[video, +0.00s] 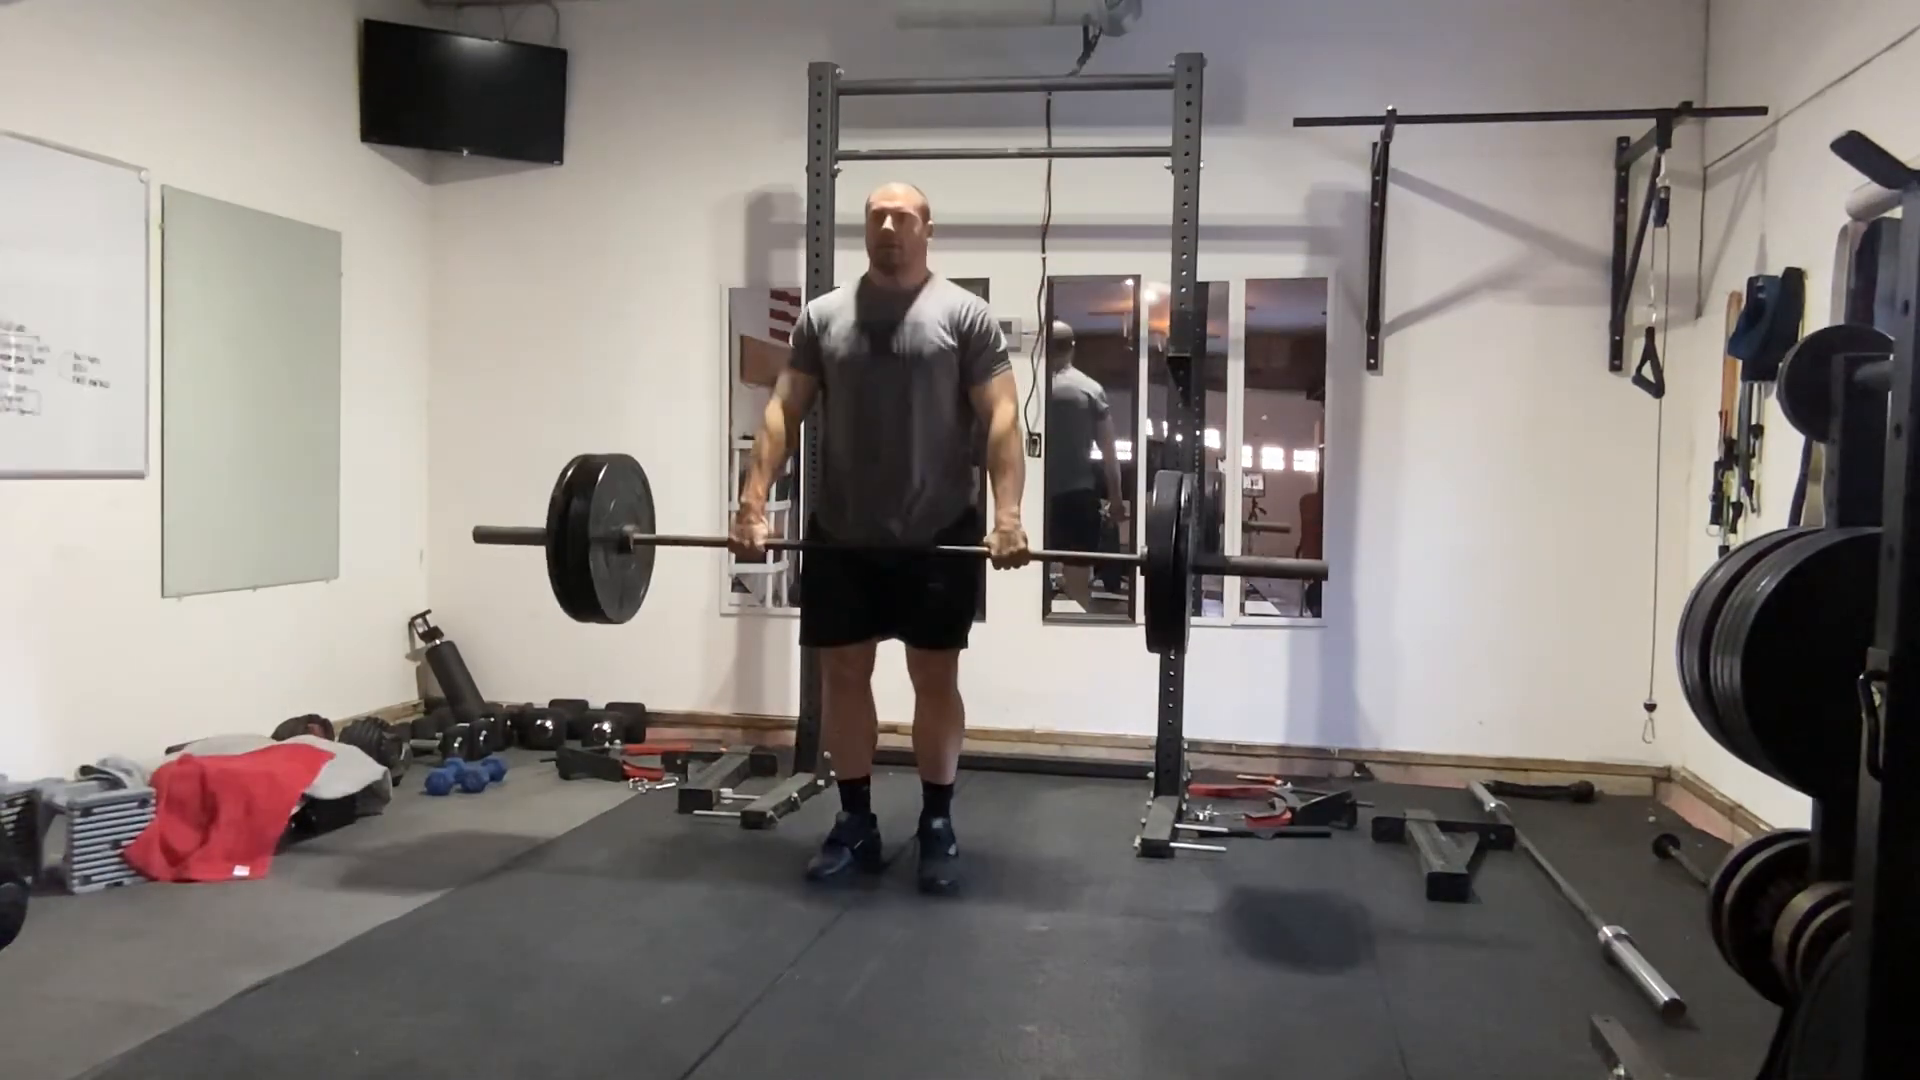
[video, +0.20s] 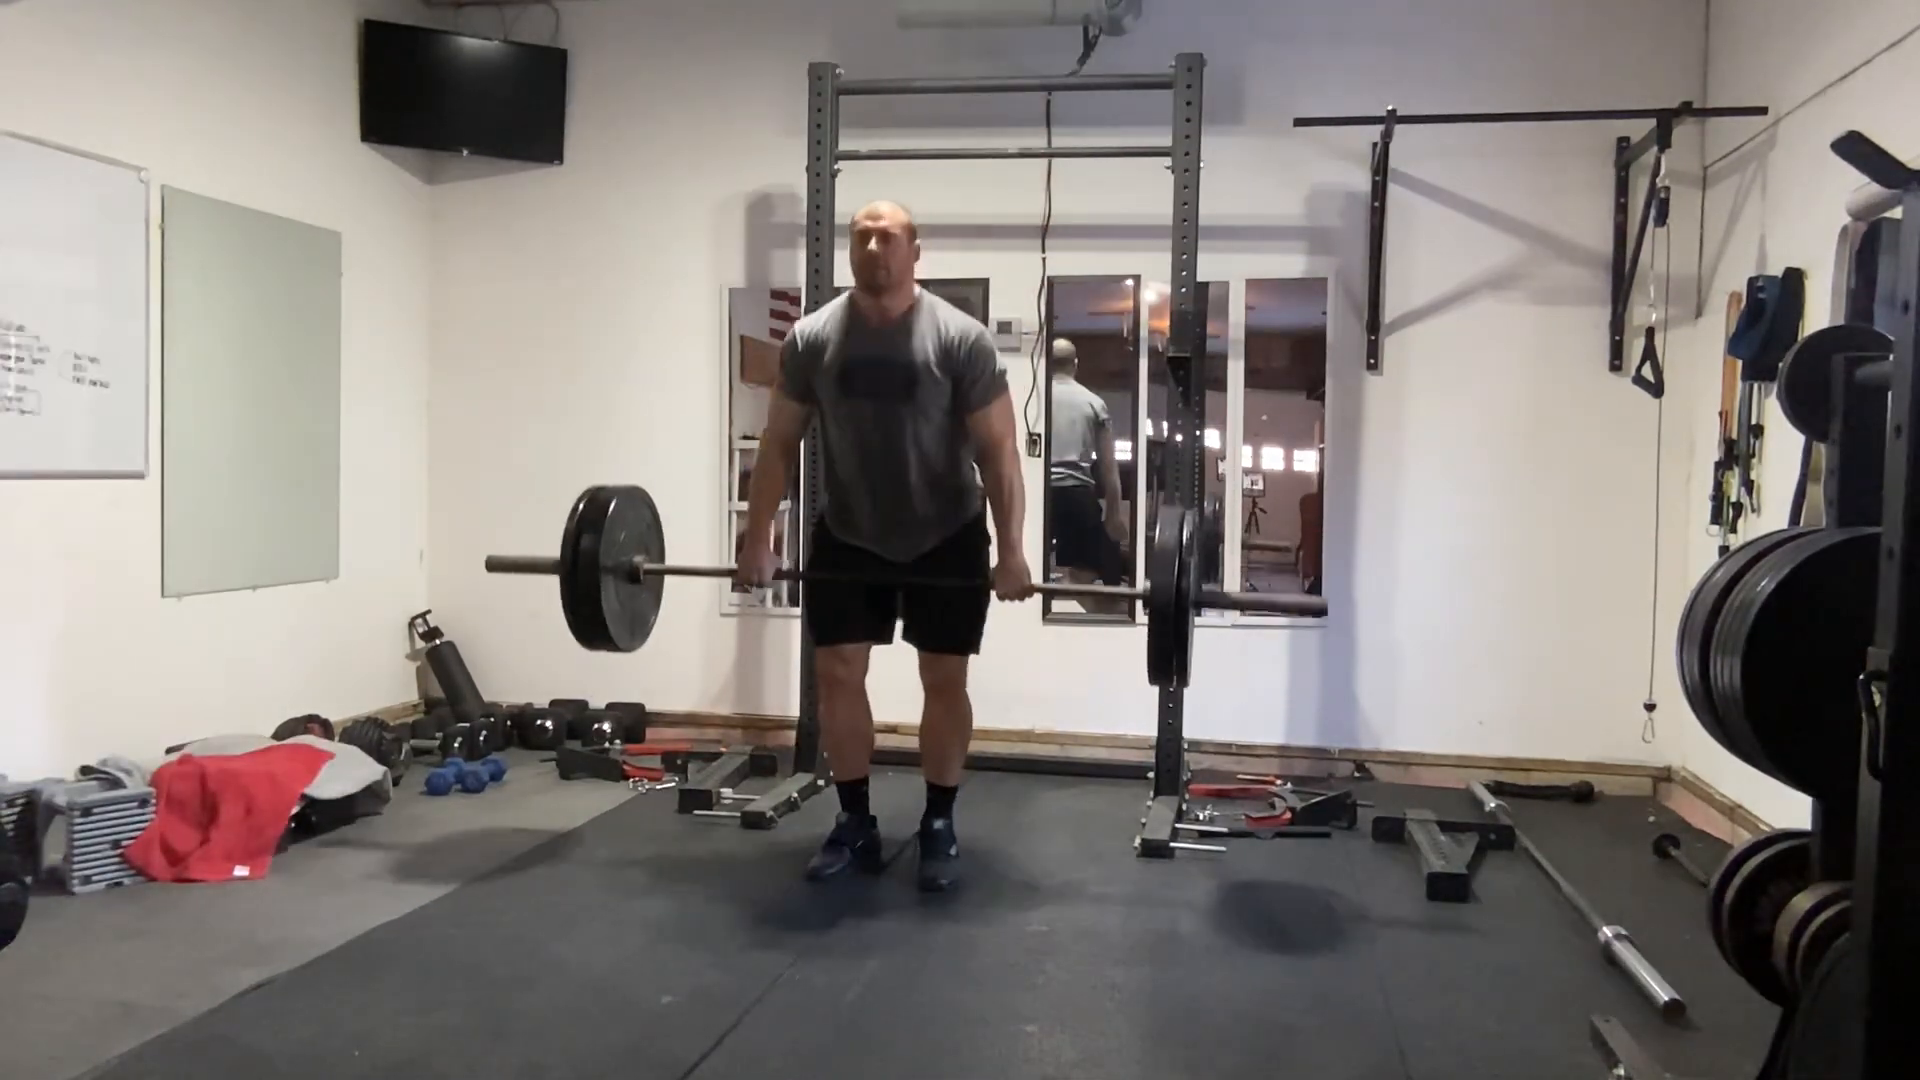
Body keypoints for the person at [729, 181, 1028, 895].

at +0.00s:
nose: (887, 227)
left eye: (902, 218)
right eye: (877, 218)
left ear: (928, 233)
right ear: (863, 233)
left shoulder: (966, 317)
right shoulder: (822, 318)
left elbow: (1000, 418)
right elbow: (783, 410)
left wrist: (1007, 517)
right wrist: (751, 503)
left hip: (936, 531)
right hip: (842, 530)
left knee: (934, 675)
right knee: (844, 672)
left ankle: (937, 828)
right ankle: (855, 828)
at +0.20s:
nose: (872, 247)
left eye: (886, 237)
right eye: (862, 236)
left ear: (915, 254)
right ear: (848, 252)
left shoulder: (961, 340)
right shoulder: (811, 340)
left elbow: (998, 450)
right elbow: (779, 443)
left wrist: (1012, 548)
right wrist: (757, 537)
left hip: (944, 534)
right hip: (846, 534)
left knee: (945, 679)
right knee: (838, 671)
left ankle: (938, 828)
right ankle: (855, 826)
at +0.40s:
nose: (866, 307)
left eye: (879, 296)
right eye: (856, 296)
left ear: (909, 307)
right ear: (841, 309)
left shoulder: (959, 391)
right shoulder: (806, 391)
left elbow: (999, 500)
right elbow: (777, 493)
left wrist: (1010, 600)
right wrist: (760, 590)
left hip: (951, 542)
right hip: (854, 544)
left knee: (961, 676)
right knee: (829, 665)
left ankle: (940, 829)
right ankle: (854, 829)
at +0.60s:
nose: (864, 323)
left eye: (878, 313)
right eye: (855, 313)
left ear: (908, 324)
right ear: (841, 325)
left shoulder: (955, 407)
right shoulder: (812, 407)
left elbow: (999, 514)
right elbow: (778, 505)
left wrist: (1010, 617)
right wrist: (759, 603)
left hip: (952, 546)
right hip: (857, 547)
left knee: (963, 678)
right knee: (828, 668)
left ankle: (940, 828)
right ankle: (854, 829)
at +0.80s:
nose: (882, 239)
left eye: (897, 231)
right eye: (873, 231)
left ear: (924, 250)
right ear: (859, 251)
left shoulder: (961, 330)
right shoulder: (822, 331)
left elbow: (1014, 425)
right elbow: (779, 428)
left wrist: (1014, 532)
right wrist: (760, 521)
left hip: (942, 540)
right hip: (845, 539)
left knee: (942, 683)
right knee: (831, 678)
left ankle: (936, 831)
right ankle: (855, 828)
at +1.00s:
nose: (909, 226)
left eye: (924, 221)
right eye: (899, 220)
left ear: (946, 244)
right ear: (884, 241)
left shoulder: (974, 295)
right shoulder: (847, 295)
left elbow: (1043, 348)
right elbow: (791, 355)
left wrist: (1022, 390)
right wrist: (758, 385)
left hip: (943, 471)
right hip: (857, 470)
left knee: (936, 633)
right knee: (842, 638)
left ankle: (939, 819)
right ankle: (848, 811)